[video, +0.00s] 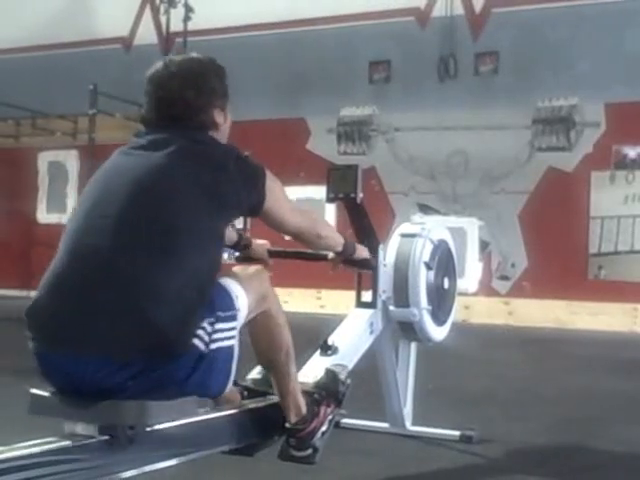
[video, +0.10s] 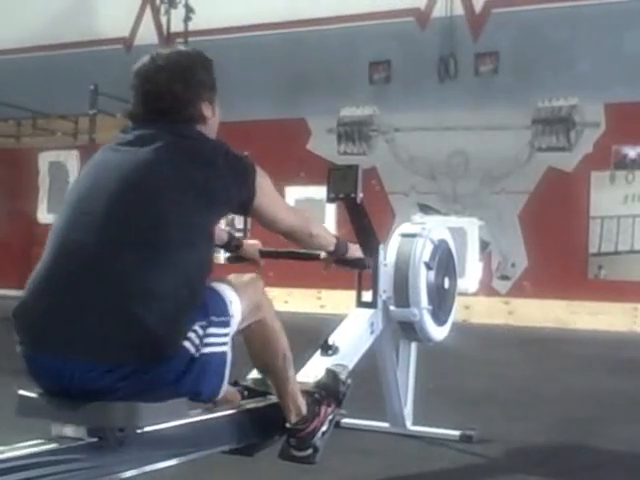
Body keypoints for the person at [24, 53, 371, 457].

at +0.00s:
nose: (228, 122)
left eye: (227, 112)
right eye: (226, 111)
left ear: (154, 113)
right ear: (214, 114)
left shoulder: (124, 158)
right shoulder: (224, 162)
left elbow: (157, 235)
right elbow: (299, 225)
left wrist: (239, 245)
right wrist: (341, 247)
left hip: (62, 361)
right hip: (147, 364)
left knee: (186, 276)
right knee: (258, 279)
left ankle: (227, 403)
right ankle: (298, 415)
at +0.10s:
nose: (217, 116)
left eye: (216, 106)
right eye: (215, 105)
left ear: (140, 109)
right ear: (203, 108)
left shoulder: (108, 155)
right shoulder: (214, 159)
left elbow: (144, 225)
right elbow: (291, 224)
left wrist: (224, 236)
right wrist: (333, 245)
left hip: (48, 361)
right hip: (131, 363)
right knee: (253, 292)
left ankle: (219, 396)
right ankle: (298, 413)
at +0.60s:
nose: (88, 36)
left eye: (83, 22)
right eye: (80, 21)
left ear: (8, 44)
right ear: (62, 29)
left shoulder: (5, 113)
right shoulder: (106, 114)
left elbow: (42, 210)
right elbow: (208, 194)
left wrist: (138, 226)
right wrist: (261, 224)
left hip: (9, 354)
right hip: (97, 346)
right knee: (235, 342)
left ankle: (261, 410)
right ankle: (304, 416)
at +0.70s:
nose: (52, 38)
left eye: (47, 23)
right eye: (45, 22)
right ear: (23, 25)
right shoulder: (69, 114)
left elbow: (19, 222)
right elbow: (179, 202)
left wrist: (104, 229)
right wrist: (232, 224)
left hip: (3, 350)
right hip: (82, 349)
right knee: (228, 354)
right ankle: (304, 416)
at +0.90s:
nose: (18, 49)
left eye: (16, 36)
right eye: (15, 36)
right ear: (5, 40)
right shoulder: (14, 125)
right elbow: (108, 261)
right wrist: (163, 238)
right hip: (45, 346)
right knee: (222, 369)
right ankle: (304, 413)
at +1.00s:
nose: (32, 49)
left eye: (30, 35)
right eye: (28, 36)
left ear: (4, 41)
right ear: (7, 41)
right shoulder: (12, 118)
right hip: (40, 356)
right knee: (218, 354)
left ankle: (255, 404)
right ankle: (303, 414)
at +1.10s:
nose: (50, 52)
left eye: (48, 39)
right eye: (46, 39)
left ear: (14, 40)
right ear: (22, 38)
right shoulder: (24, 113)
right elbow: (53, 261)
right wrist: (121, 244)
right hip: (34, 360)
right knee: (219, 344)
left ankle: (257, 405)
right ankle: (302, 414)